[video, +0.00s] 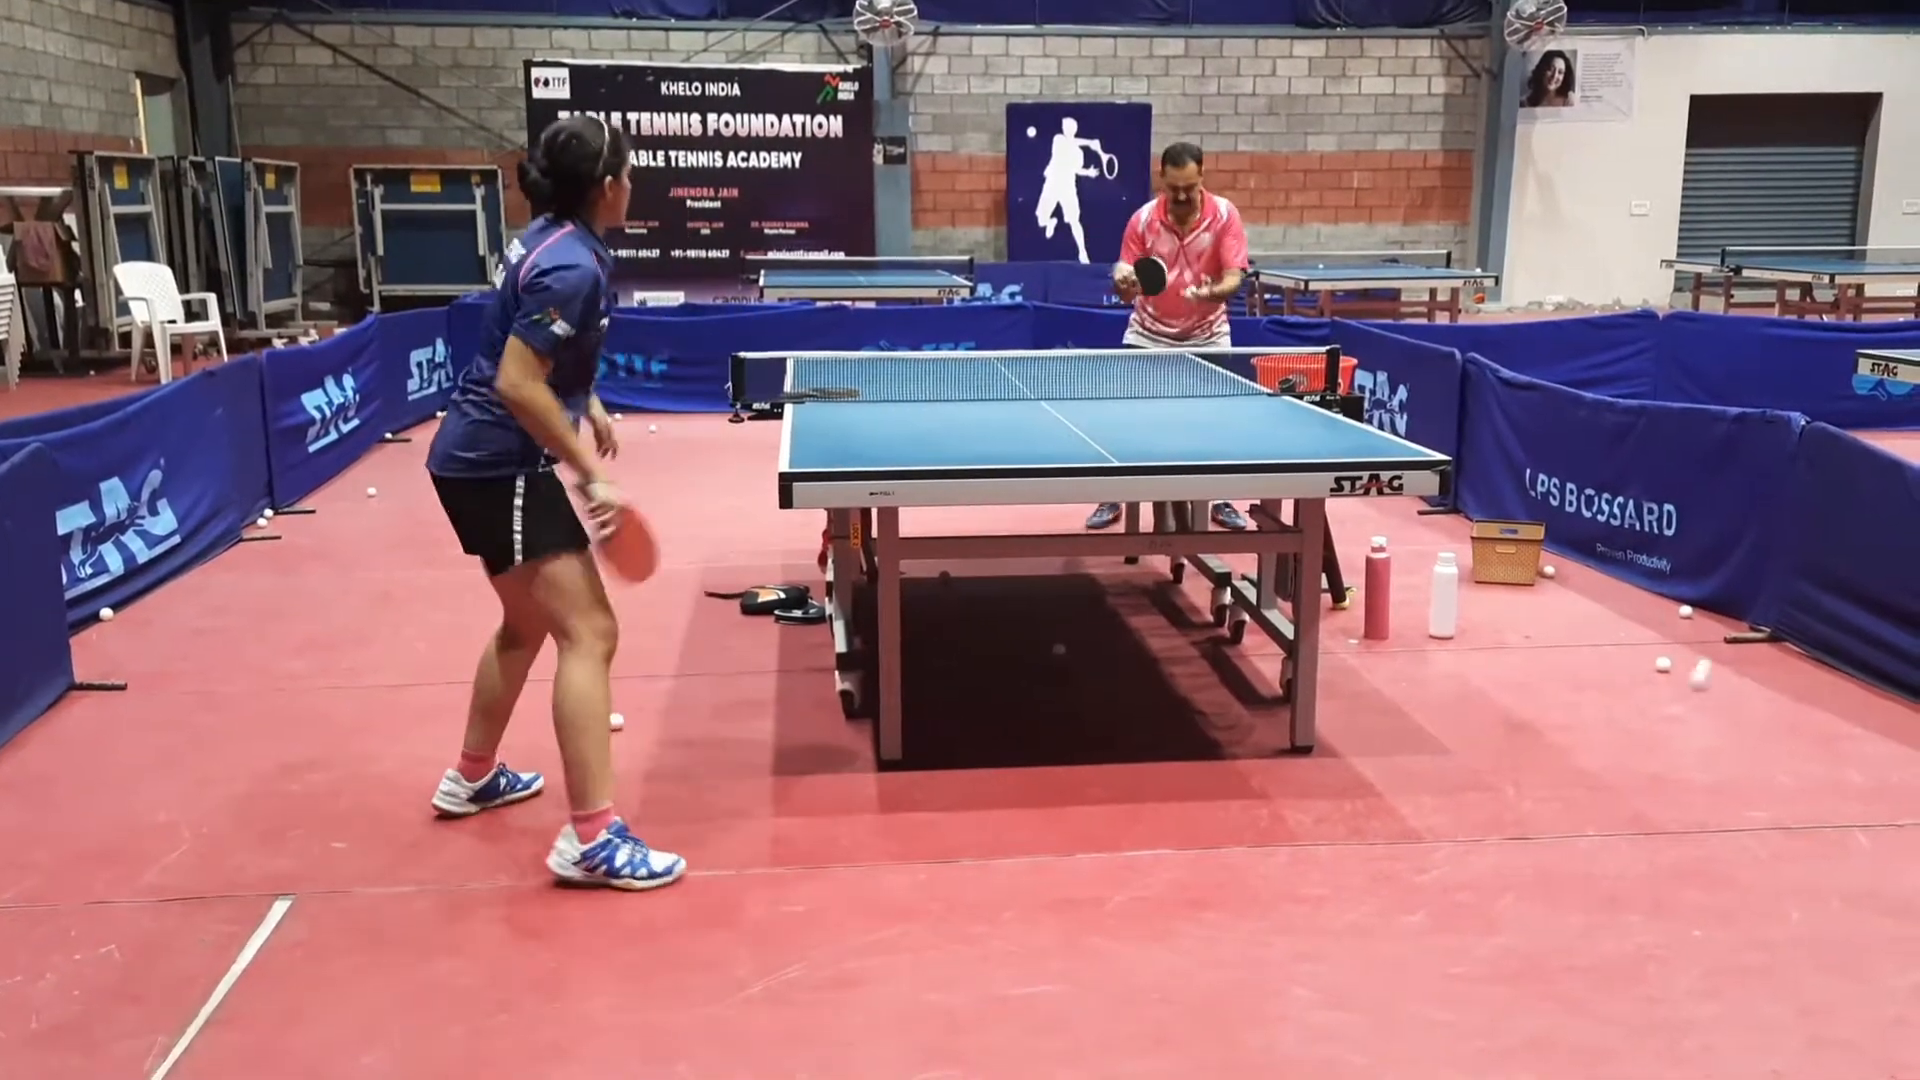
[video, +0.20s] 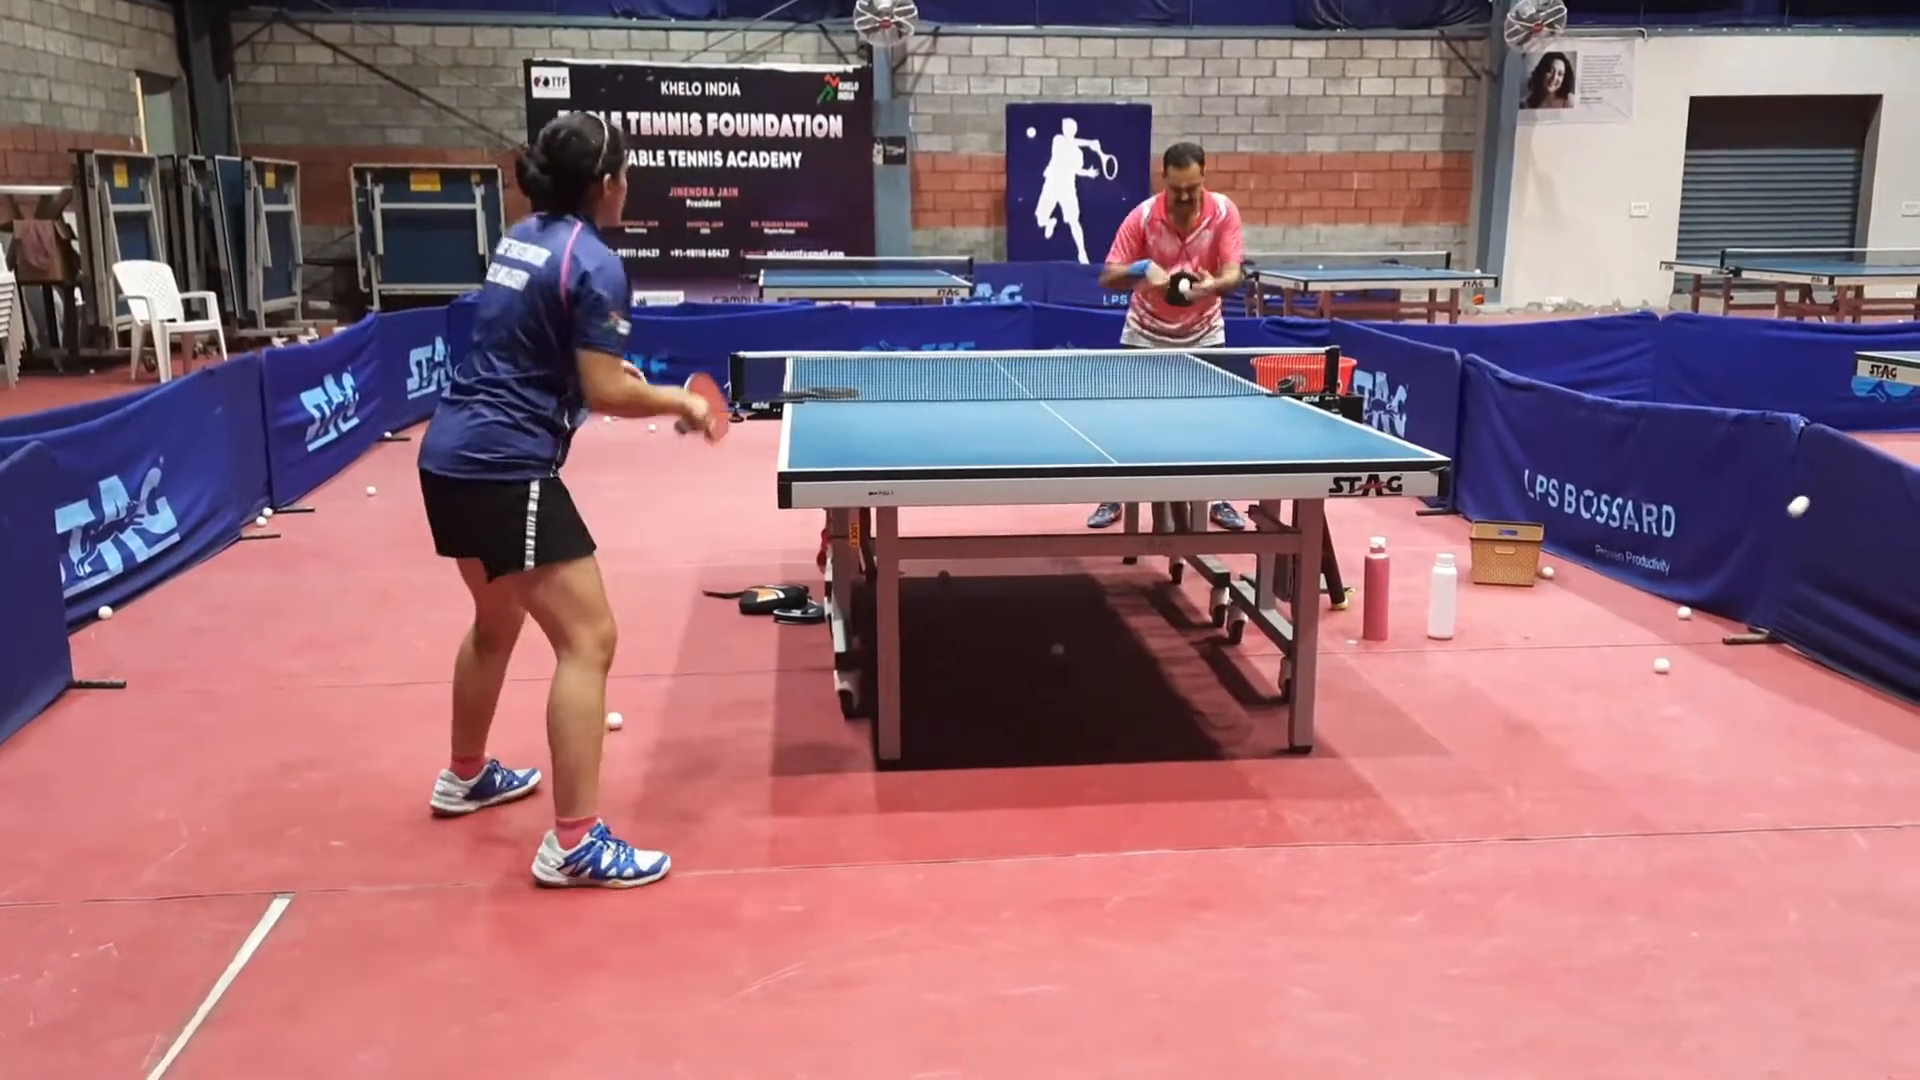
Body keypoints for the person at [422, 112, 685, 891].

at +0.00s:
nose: (631, 185)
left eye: (626, 173)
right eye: (626, 174)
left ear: (562, 183)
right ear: (605, 185)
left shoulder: (550, 241)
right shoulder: (571, 267)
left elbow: (549, 350)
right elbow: (518, 383)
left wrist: (584, 408)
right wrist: (592, 473)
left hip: (480, 459)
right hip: (505, 465)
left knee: (524, 625)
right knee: (590, 632)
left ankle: (472, 774)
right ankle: (594, 834)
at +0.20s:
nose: (623, 185)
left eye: (621, 173)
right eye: (620, 175)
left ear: (542, 181)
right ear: (603, 185)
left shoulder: (517, 239)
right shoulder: (595, 263)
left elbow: (552, 366)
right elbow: (605, 390)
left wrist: (648, 394)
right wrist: (682, 401)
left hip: (450, 460)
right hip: (509, 469)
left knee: (496, 623)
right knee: (588, 639)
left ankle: (466, 772)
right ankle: (575, 838)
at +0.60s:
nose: (665, 227)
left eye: (663, 214)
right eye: (661, 215)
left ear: (601, 218)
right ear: (637, 226)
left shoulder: (577, 262)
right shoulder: (586, 300)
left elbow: (599, 366)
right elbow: (567, 437)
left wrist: (682, 399)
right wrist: (663, 463)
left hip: (453, 459)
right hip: (481, 475)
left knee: (501, 613)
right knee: (594, 636)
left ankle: (427, 737)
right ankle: (576, 833)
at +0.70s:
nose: (659, 269)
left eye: (658, 256)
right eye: (655, 256)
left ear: (607, 258)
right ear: (626, 265)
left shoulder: (616, 319)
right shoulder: (534, 328)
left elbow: (624, 393)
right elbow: (476, 444)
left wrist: (674, 449)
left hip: (497, 494)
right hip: (464, 498)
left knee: (498, 622)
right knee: (593, 641)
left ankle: (396, 735)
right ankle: (574, 834)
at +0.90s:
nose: (591, 281)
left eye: (593, 267)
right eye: (583, 268)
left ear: (549, 265)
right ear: (535, 263)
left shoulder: (557, 321)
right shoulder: (466, 330)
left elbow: (556, 386)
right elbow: (435, 440)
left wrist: (602, 451)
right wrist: (495, 460)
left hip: (469, 503)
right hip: (439, 508)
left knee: (482, 637)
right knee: (575, 640)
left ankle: (374, 742)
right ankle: (574, 834)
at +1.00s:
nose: (557, 247)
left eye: (561, 234)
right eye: (546, 235)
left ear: (509, 229)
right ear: (499, 226)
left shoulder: (477, 272)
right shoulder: (475, 289)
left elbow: (531, 360)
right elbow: (547, 380)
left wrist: (609, 337)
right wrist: (617, 312)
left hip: (405, 479)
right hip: (435, 481)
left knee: (450, 619)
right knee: (547, 634)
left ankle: (371, 744)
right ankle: (573, 829)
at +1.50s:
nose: (551, 230)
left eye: (550, 215)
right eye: (548, 216)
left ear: (479, 210)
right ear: (527, 220)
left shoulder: (439, 252)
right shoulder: (511, 302)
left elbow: (467, 358)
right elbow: (538, 426)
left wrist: (559, 356)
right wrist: (620, 408)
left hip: (330, 470)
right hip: (403, 481)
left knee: (377, 603)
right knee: (511, 648)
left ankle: (341, 747)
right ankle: (537, 849)